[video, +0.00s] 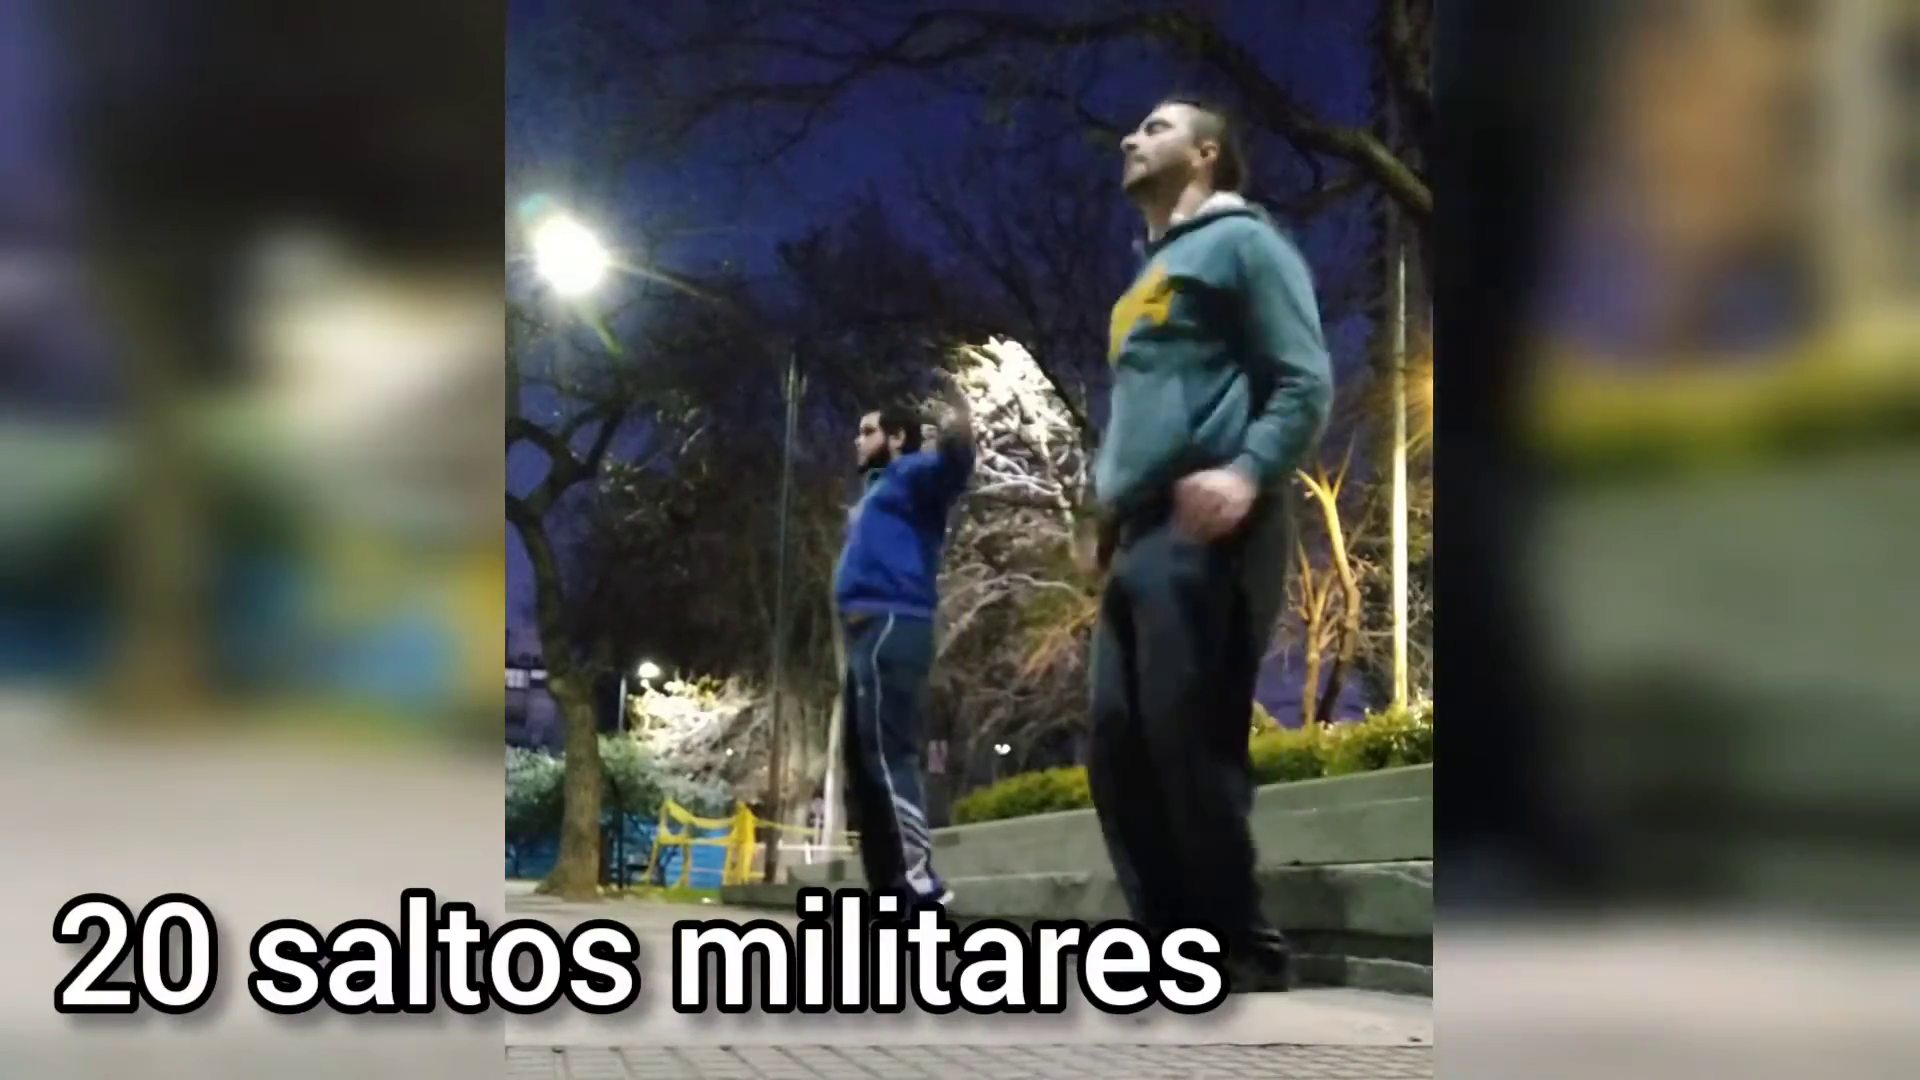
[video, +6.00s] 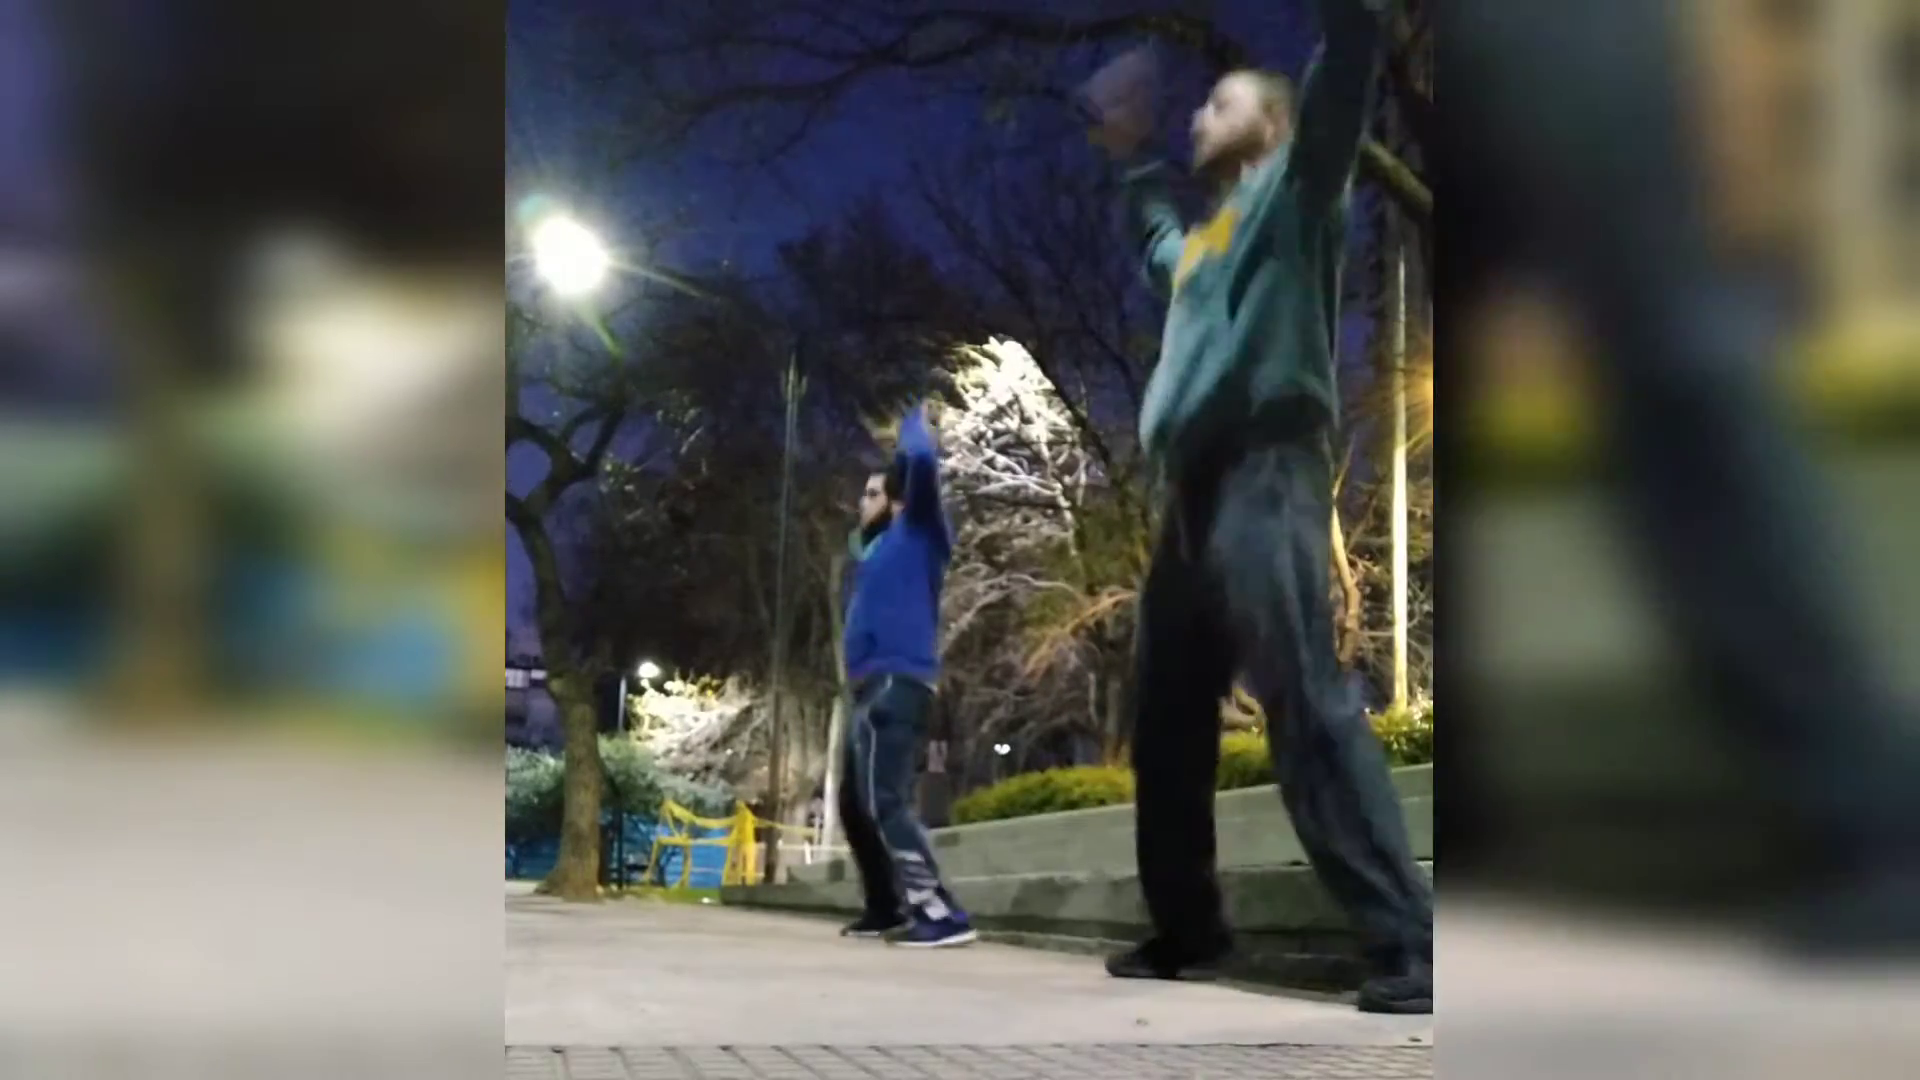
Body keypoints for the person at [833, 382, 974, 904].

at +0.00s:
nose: (858, 439)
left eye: (867, 430)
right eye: (859, 431)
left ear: (897, 438)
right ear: (881, 440)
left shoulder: (914, 474)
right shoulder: (878, 488)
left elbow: (955, 456)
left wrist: (959, 408)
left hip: (894, 623)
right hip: (866, 624)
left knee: (886, 754)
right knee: (863, 760)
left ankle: (919, 885)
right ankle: (889, 884)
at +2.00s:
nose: (788, 482)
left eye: (797, 472)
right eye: (789, 473)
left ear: (826, 478)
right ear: (820, 480)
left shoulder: (846, 526)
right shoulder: (818, 530)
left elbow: (863, 600)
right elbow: (825, 605)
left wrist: (844, 664)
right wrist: (796, 671)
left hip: (832, 677)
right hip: (806, 676)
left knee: (797, 794)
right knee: (780, 796)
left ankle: (845, 905)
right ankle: (823, 905)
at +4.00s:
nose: (855, 442)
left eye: (864, 435)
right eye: (855, 436)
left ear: (888, 447)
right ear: (865, 457)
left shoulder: (902, 494)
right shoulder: (856, 501)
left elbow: (913, 438)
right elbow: (840, 489)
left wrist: (901, 379)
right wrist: (855, 452)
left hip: (882, 624)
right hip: (843, 629)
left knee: (880, 746)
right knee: (846, 756)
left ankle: (914, 878)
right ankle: (856, 882)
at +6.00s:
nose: (864, 502)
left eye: (873, 493)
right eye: (864, 493)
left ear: (897, 498)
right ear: (873, 502)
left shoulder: (918, 532)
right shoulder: (871, 548)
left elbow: (922, 462)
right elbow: (859, 548)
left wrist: (914, 427)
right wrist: (864, 526)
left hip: (900, 674)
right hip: (865, 679)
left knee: (884, 799)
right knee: (853, 804)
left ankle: (936, 910)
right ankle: (884, 907)